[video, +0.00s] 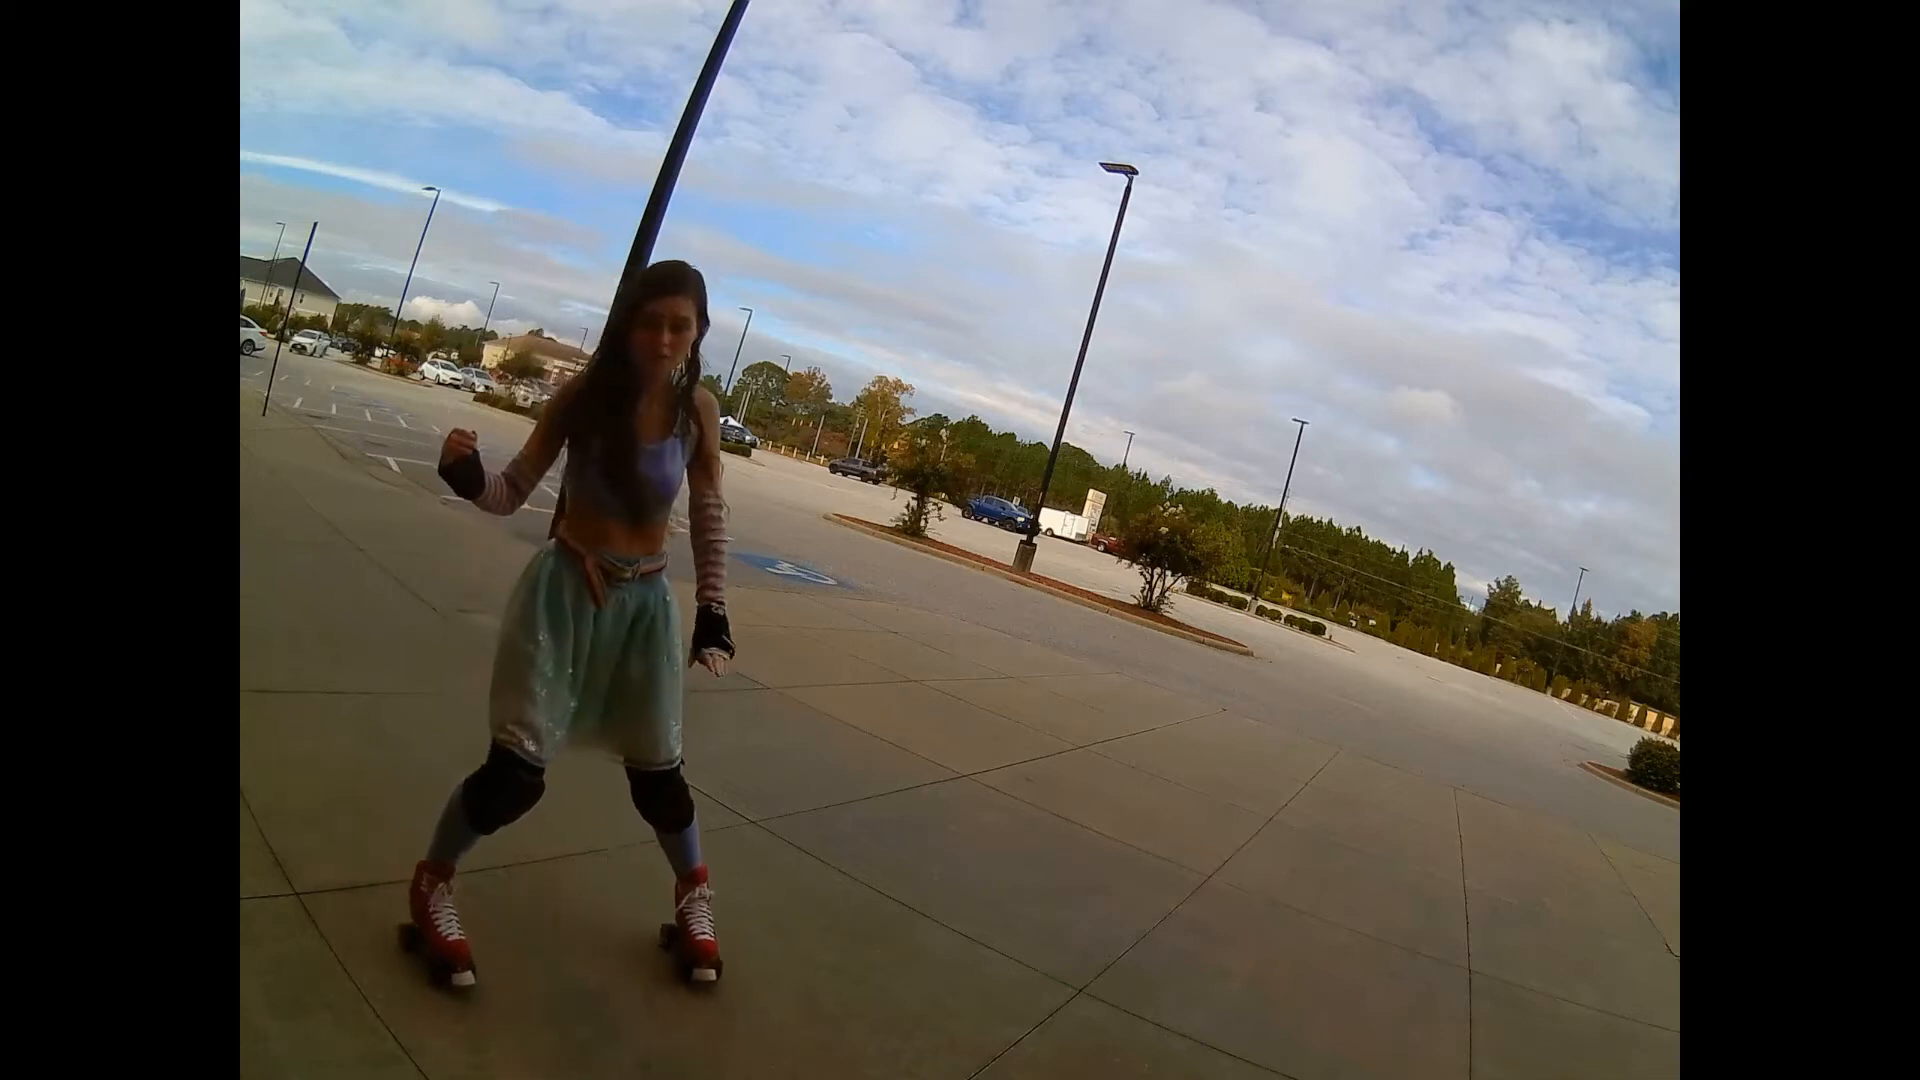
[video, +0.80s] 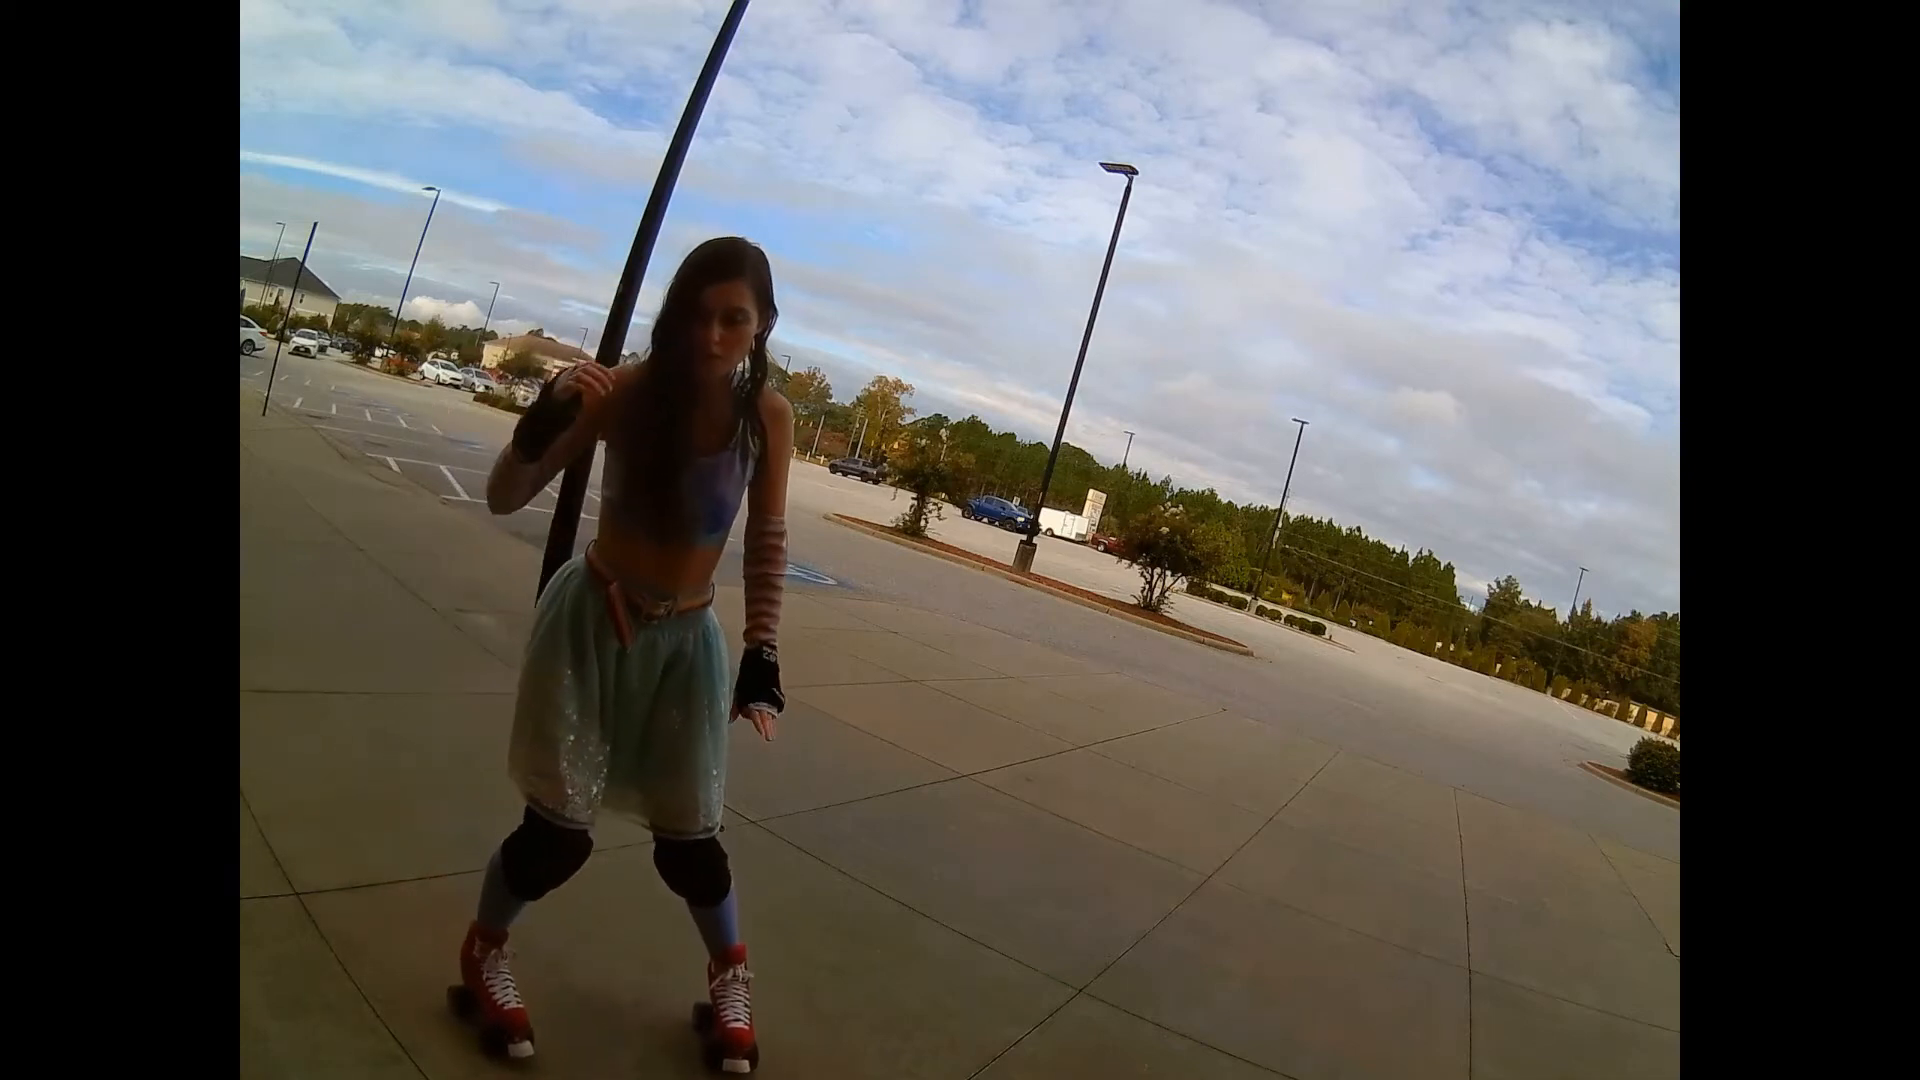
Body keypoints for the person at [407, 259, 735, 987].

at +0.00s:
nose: (665, 340)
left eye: (681, 327)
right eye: (652, 323)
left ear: (698, 336)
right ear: (625, 324)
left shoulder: (696, 411)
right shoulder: (584, 392)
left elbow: (709, 515)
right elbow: (508, 493)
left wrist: (712, 607)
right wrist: (471, 477)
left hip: (644, 601)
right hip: (562, 589)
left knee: (660, 780)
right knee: (516, 776)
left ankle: (694, 894)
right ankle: (432, 881)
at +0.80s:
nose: (712, 337)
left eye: (734, 320)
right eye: (699, 315)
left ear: (761, 328)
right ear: (675, 312)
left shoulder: (764, 416)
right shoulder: (619, 392)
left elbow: (767, 543)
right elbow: (504, 496)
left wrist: (761, 656)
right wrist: (543, 422)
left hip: (686, 637)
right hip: (589, 619)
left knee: (692, 853)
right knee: (558, 837)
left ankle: (732, 974)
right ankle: (484, 948)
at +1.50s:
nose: (764, 306)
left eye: (785, 289)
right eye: (747, 284)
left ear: (809, 299)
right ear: (715, 283)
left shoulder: (800, 398)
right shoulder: (666, 359)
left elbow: (782, 518)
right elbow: (578, 442)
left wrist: (775, 622)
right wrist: (653, 342)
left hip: (720, 626)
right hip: (630, 609)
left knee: (699, 841)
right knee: (572, 835)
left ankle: (667, 982)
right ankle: (506, 970)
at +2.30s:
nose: (773, 320)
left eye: (798, 305)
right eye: (761, 294)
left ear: (820, 318)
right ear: (727, 288)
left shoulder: (810, 401)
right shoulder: (664, 365)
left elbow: (802, 551)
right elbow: (536, 465)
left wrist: (812, 494)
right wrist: (595, 370)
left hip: (723, 632)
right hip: (628, 618)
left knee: (689, 846)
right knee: (582, 860)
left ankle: (652, 970)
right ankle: (536, 1011)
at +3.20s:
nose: (774, 327)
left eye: (799, 304)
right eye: (755, 300)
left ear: (832, 317)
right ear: (723, 300)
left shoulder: (818, 414)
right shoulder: (658, 384)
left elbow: (784, 568)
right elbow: (533, 516)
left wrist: (771, 514)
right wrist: (537, 479)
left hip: (713, 647)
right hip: (616, 637)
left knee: (694, 868)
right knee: (590, 895)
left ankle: (663, 990)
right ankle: (536, 1041)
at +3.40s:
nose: (797, 325)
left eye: (821, 305)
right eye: (778, 299)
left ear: (850, 319)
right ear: (743, 299)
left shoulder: (829, 417)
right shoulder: (675, 381)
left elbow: (801, 578)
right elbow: (566, 498)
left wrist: (775, 492)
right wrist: (570, 564)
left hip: (721, 651)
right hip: (623, 640)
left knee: (700, 877)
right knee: (591, 904)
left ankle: (674, 998)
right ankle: (535, 1043)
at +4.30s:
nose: (858, 290)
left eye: (883, 276)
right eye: (838, 267)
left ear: (905, 305)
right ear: (800, 280)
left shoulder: (890, 413)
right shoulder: (727, 367)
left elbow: (879, 518)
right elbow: (582, 425)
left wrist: (842, 612)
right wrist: (573, 560)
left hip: (778, 673)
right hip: (668, 647)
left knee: (747, 900)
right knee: (601, 897)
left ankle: (719, 1034)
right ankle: (536, 1035)